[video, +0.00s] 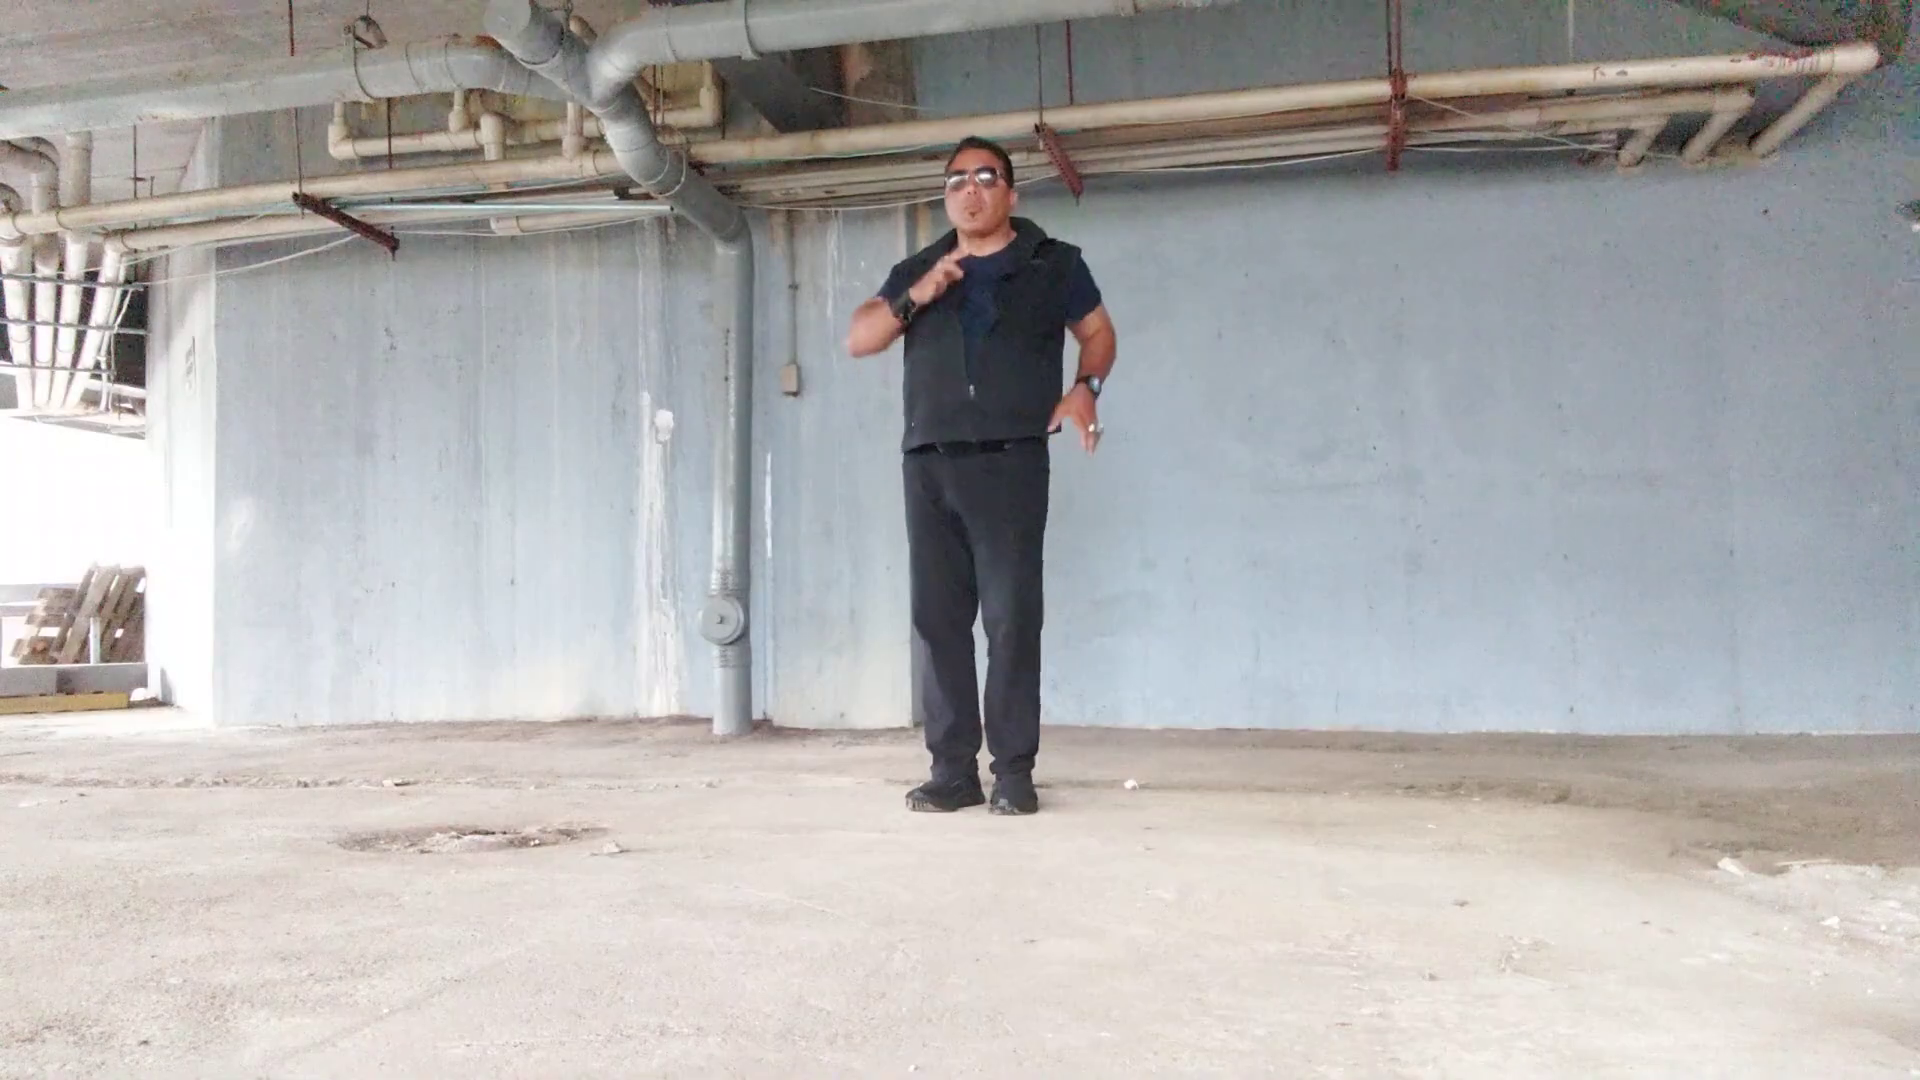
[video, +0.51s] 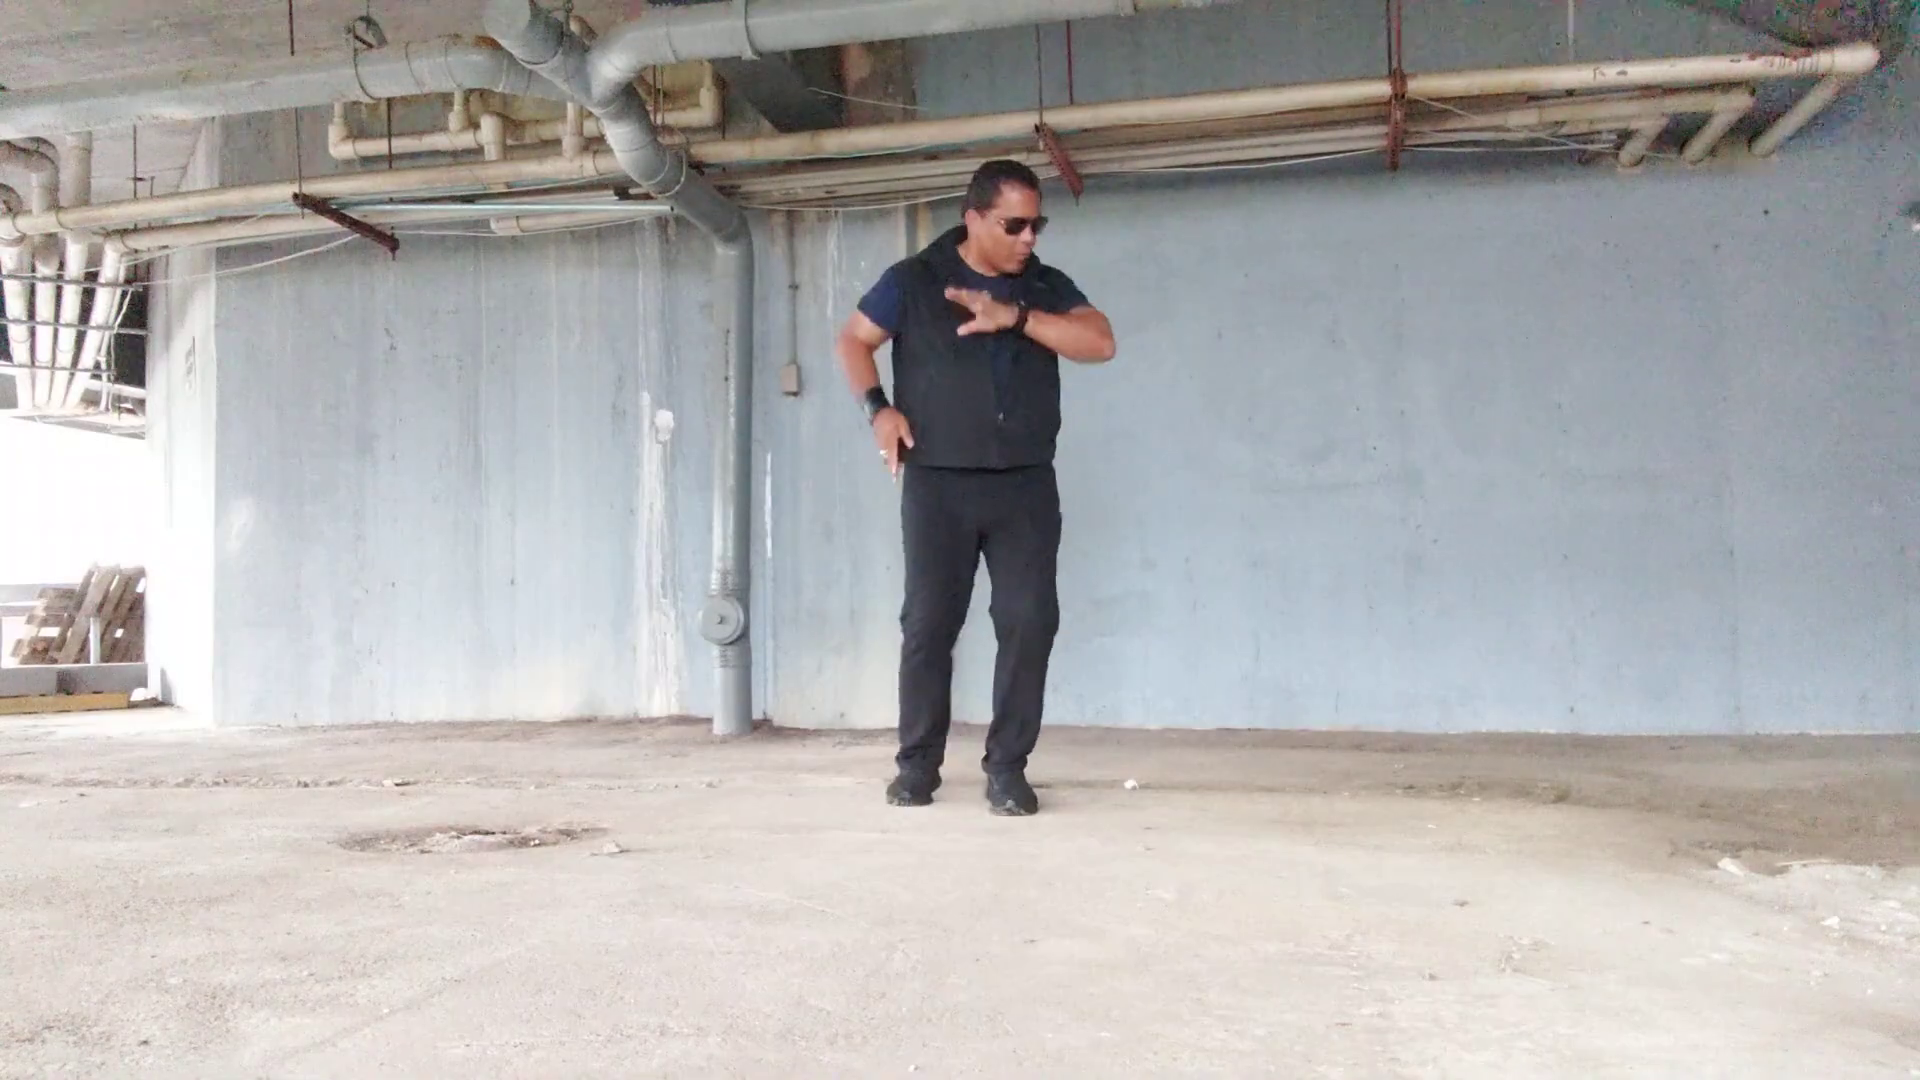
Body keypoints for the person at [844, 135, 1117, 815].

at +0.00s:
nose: (971, 188)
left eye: (985, 178)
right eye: (958, 180)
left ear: (1011, 194)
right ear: (945, 198)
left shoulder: (1053, 262)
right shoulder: (922, 268)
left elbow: (1097, 333)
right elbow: (858, 340)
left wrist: (1086, 386)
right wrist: (913, 297)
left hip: (1009, 461)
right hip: (929, 463)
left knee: (1009, 617)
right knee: (938, 619)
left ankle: (1012, 771)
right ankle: (952, 770)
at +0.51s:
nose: (1029, 238)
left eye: (1035, 225)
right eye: (1016, 225)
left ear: (1039, 221)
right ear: (973, 219)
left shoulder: (1044, 284)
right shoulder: (916, 279)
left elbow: (1101, 343)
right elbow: (853, 340)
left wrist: (1018, 318)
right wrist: (878, 408)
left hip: (1025, 485)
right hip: (937, 485)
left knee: (1031, 622)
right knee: (927, 626)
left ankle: (1007, 768)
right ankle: (917, 764)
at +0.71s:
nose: (986, 219)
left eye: (1000, 206)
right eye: (972, 206)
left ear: (1018, 212)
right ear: (951, 211)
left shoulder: (1058, 283)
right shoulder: (917, 281)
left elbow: (1083, 377)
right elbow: (881, 363)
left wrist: (1060, 407)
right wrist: (913, 380)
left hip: (1025, 481)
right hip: (936, 479)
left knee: (1028, 628)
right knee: (913, 607)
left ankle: (1009, 771)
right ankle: (937, 752)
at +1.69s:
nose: (983, 217)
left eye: (995, 203)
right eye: (968, 204)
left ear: (1007, 203)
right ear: (936, 203)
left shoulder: (1034, 272)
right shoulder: (900, 265)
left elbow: (1085, 361)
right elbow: (831, 324)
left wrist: (1078, 454)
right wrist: (891, 301)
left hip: (1002, 474)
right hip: (917, 473)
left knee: (1009, 627)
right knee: (896, 620)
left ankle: (1009, 774)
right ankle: (886, 778)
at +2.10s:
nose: (928, 220)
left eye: (939, 206)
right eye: (913, 206)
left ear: (948, 206)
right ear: (876, 205)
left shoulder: (968, 273)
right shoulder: (831, 279)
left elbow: (1003, 356)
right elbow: (820, 375)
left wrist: (1046, 429)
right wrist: (861, 352)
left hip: (943, 479)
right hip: (855, 485)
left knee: (963, 609)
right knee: (859, 629)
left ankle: (938, 737)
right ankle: (879, 786)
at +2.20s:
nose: (930, 213)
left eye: (936, 200)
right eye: (916, 199)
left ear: (939, 202)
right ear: (872, 200)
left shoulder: (949, 268)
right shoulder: (815, 276)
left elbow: (1016, 339)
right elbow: (760, 361)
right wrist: (804, 426)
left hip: (934, 476)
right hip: (850, 479)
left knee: (927, 616)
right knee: (858, 624)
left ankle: (843, 732)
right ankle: (875, 778)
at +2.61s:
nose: (878, 201)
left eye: (893, 190)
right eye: (864, 190)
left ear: (917, 200)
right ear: (847, 200)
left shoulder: (957, 281)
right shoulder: (808, 277)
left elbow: (978, 372)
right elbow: (770, 372)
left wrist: (977, 402)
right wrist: (802, 399)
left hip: (923, 476)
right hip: (836, 479)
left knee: (949, 580)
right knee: (846, 625)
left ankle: (891, 663)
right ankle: (853, 781)